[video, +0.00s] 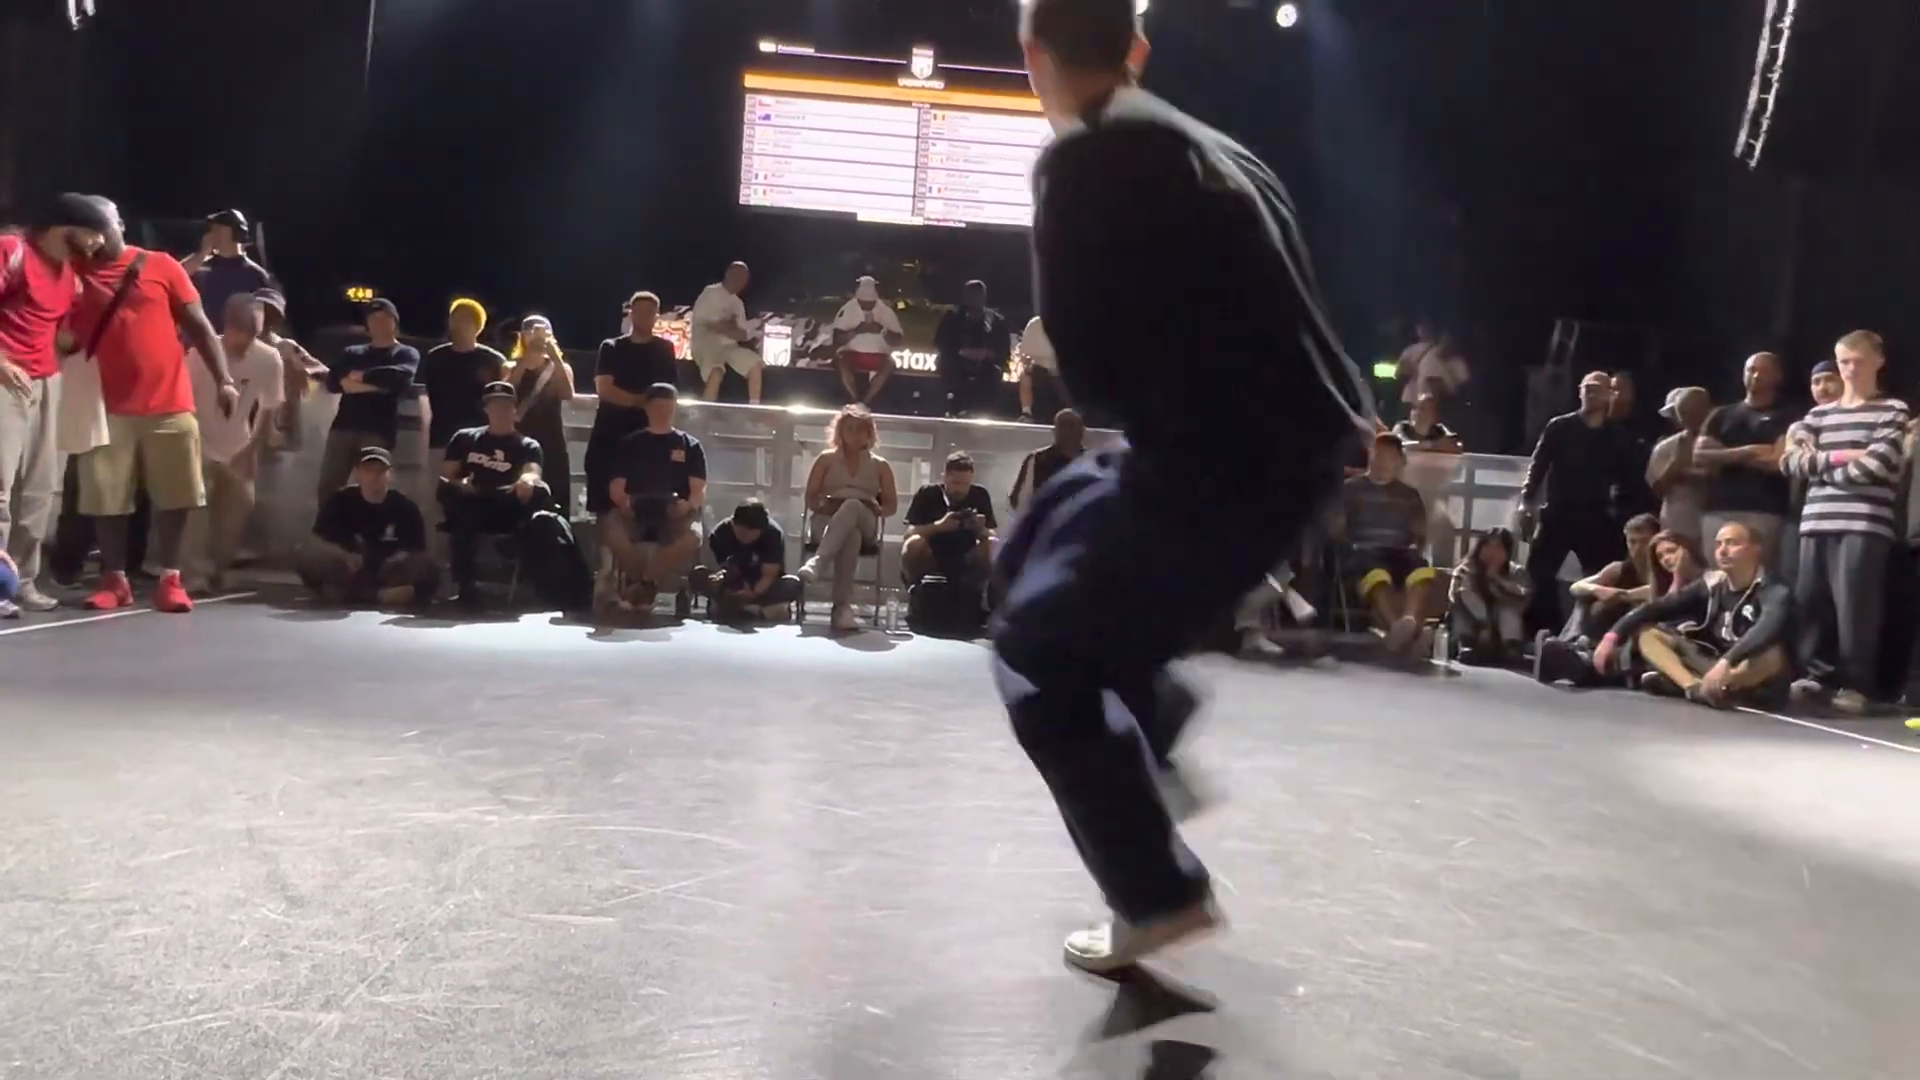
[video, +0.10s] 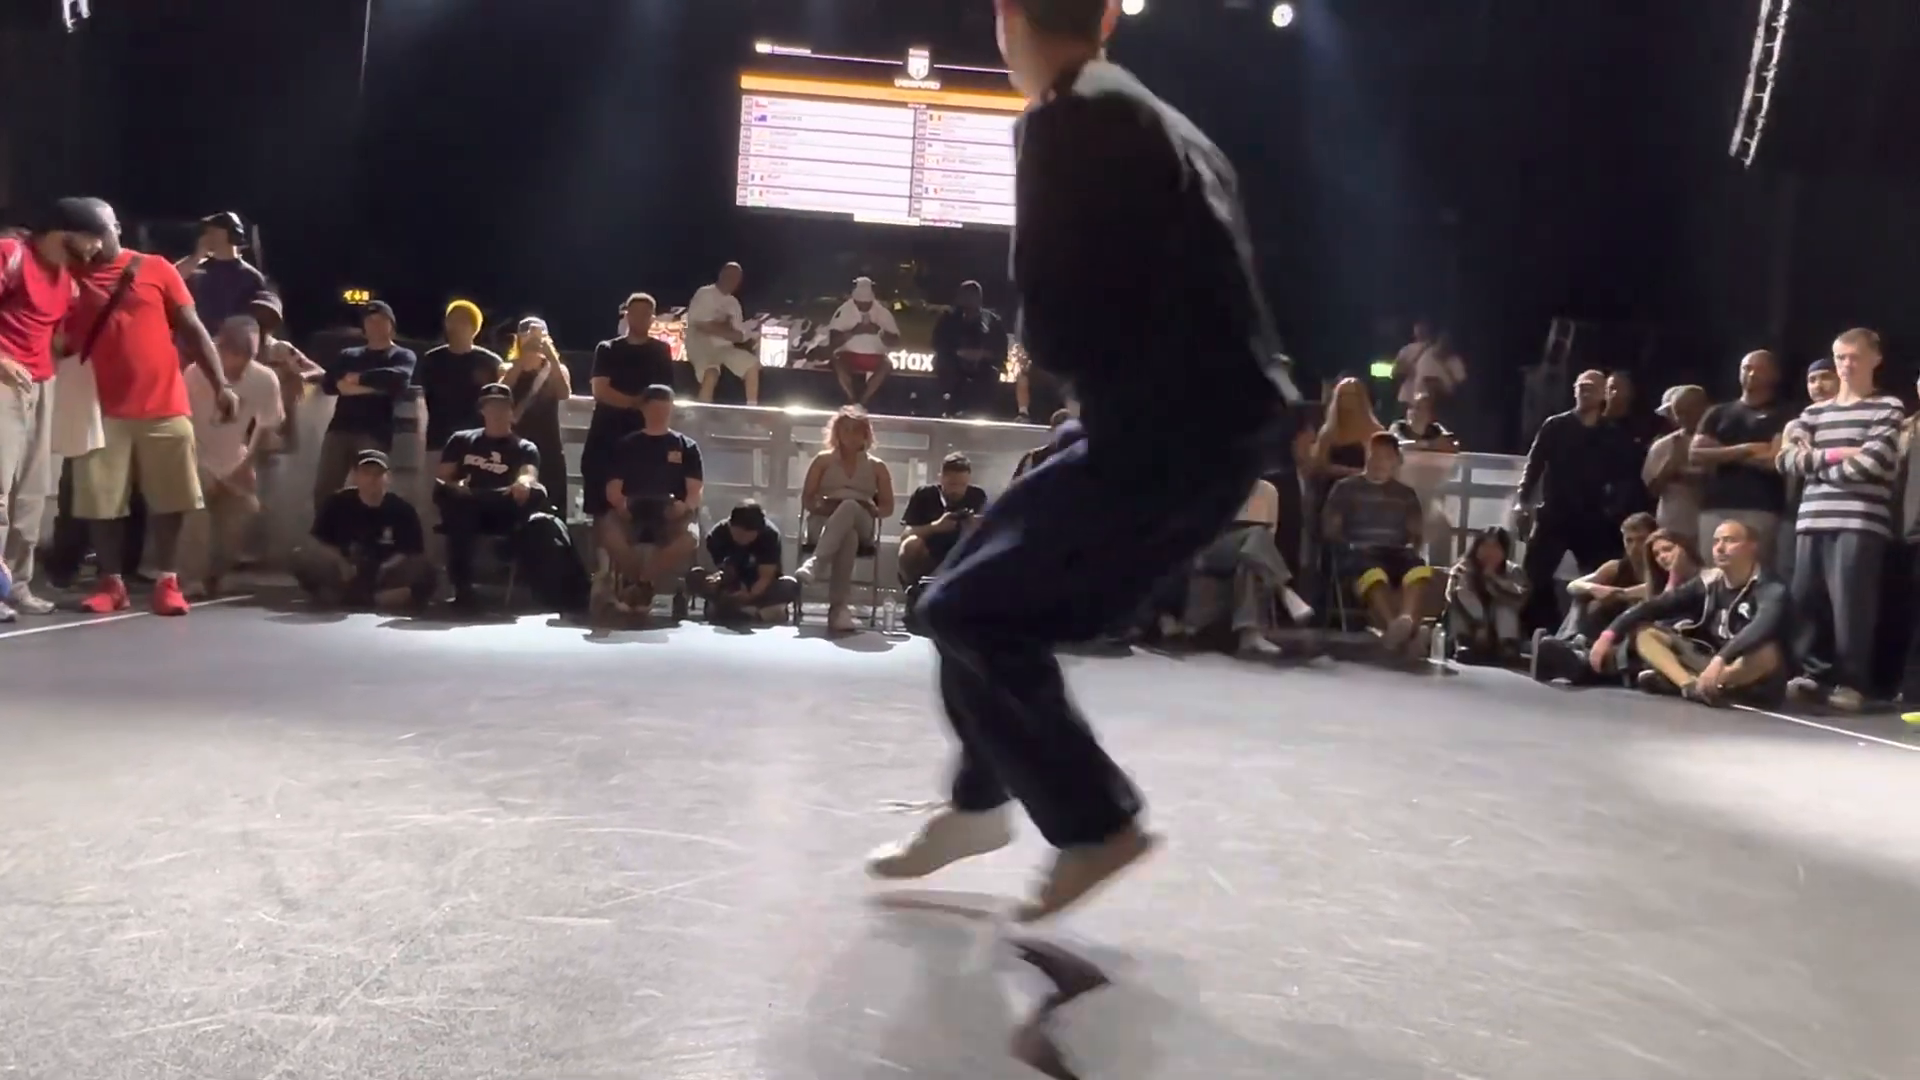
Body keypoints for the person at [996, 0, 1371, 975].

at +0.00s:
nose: (1032, 81)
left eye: (1029, 60)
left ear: (1033, 59)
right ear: (1140, 51)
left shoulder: (1083, 163)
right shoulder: (1224, 156)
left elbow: (1093, 368)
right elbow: (1288, 308)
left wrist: (1169, 435)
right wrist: (1353, 419)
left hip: (1214, 475)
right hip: (1290, 453)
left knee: (1036, 651)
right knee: (1037, 549)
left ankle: (1161, 895)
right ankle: (1158, 728)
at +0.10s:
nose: (1000, 38)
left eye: (1001, 22)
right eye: (1005, 23)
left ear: (1009, 18)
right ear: (1110, 21)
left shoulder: (1070, 123)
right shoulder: (1163, 125)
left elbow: (1060, 333)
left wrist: (1038, 349)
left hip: (1165, 437)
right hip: (1224, 425)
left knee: (969, 611)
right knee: (989, 580)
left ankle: (1099, 825)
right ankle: (978, 799)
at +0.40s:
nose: (951, 56)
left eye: (945, 35)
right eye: (948, 40)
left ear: (961, 17)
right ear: (1037, 13)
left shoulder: (1054, 83)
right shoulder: (1067, 81)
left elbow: (1076, 261)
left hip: (1144, 413)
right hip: (1112, 409)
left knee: (998, 611)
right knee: (967, 593)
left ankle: (1181, 810)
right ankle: (881, 815)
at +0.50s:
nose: (934, 75)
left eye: (934, 54)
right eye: (934, 56)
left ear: (959, 49)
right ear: (1021, 37)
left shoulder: (1042, 117)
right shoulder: (1068, 115)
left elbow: (1094, 296)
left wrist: (1028, 330)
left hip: (1160, 429)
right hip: (1122, 430)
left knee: (1097, 674)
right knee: (994, 612)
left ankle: (1317, 867)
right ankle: (829, 809)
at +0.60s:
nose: (949, 104)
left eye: (948, 83)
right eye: (951, 84)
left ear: (967, 82)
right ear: (1037, 73)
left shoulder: (1040, 155)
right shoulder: (1071, 149)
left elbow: (1061, 329)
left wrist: (996, 308)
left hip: (1160, 480)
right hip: (1114, 477)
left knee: (1170, 726)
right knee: (992, 682)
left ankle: (1365, 914)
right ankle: (816, 860)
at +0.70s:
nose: (974, 74)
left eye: (973, 57)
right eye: (977, 57)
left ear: (986, 52)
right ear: (1074, 51)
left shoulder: (1014, 120)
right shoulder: (1138, 149)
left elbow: (937, 281)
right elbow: (1244, 279)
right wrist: (1260, 433)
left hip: (1083, 449)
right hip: (1102, 448)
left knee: (1058, 702)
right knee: (928, 597)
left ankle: (1278, 860)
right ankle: (864, 845)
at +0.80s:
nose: (995, 80)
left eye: (995, 65)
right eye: (1002, 68)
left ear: (1003, 61)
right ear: (1089, 69)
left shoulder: (996, 131)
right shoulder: (1171, 172)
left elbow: (871, 229)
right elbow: (1260, 298)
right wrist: (1249, 458)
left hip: (1018, 444)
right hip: (1114, 460)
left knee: (887, 626)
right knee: (935, 621)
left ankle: (985, 835)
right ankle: (979, 872)